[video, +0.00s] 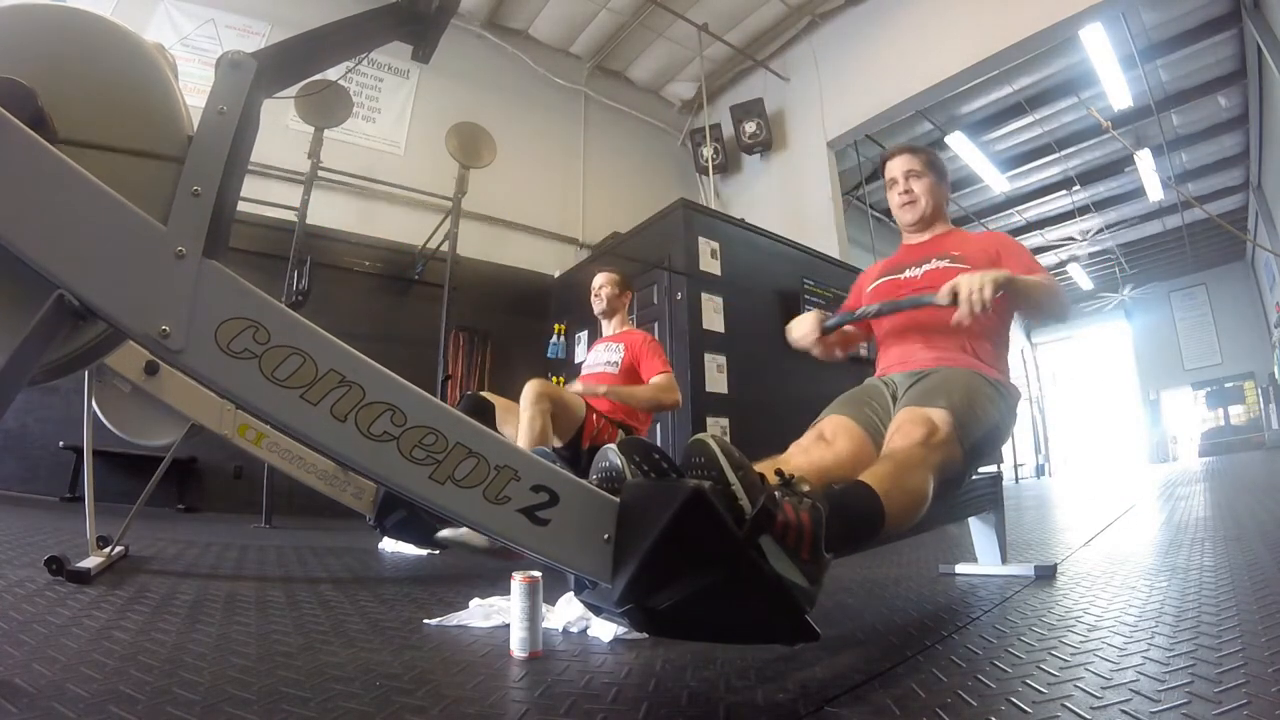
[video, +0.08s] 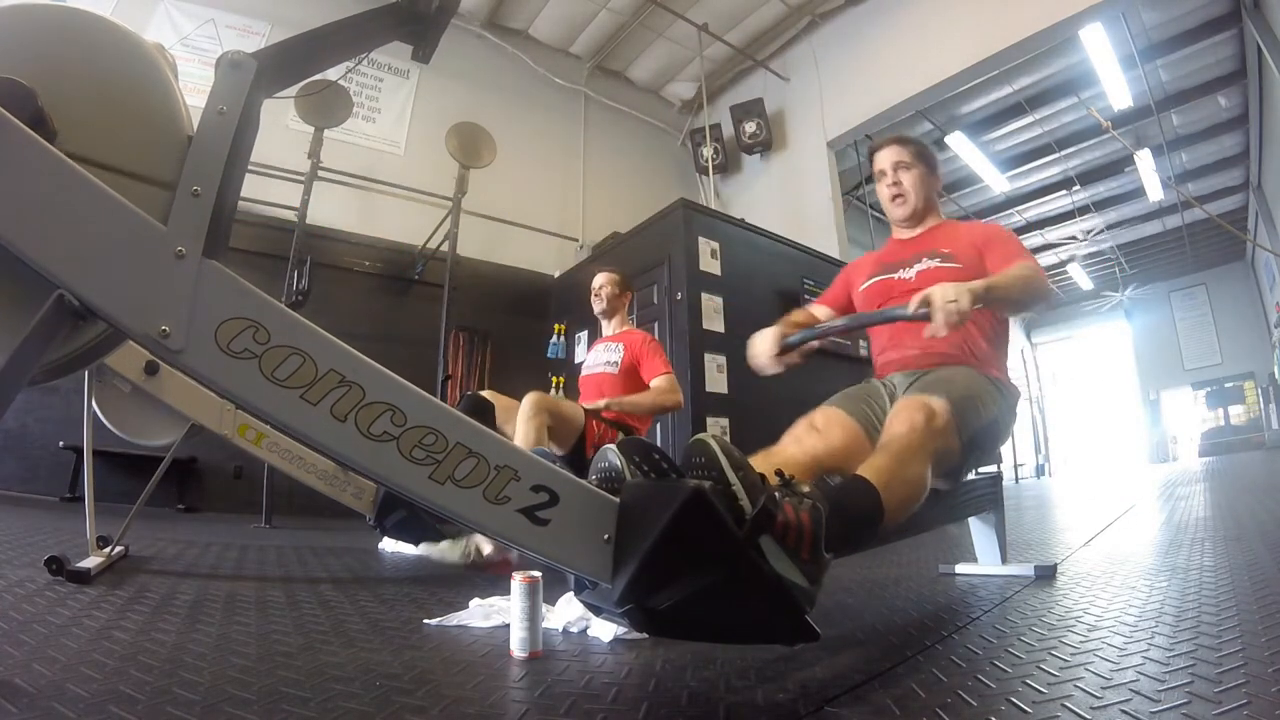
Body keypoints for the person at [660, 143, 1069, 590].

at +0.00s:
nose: (902, 190)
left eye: (913, 178)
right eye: (892, 184)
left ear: (942, 186)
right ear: (888, 200)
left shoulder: (990, 246)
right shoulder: (874, 273)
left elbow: (1054, 303)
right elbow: (843, 345)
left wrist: (1005, 279)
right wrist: (811, 340)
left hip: (963, 374)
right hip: (882, 385)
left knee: (919, 434)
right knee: (823, 441)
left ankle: (820, 526)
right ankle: (697, 490)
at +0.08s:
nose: (891, 182)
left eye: (902, 169)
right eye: (881, 177)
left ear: (935, 178)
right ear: (876, 194)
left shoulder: (980, 235)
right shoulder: (860, 270)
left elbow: (1036, 285)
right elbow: (814, 316)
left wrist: (974, 290)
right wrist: (773, 335)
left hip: (968, 374)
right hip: (885, 385)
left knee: (916, 420)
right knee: (813, 431)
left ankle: (825, 527)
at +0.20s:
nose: (875, 172)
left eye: (887, 158)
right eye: (865, 166)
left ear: (919, 167)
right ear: (860, 184)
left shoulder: (967, 222)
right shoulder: (848, 260)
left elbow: (998, 261)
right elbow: (794, 300)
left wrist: (942, 287)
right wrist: (741, 332)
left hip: (972, 382)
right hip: (882, 392)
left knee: (913, 393)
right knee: (795, 414)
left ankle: (822, 518)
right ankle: (698, 496)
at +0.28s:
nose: (861, 164)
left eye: (874, 150)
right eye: (851, 158)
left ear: (908, 159)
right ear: (846, 176)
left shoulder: (959, 213)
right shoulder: (835, 253)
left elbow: (962, 252)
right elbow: (781, 290)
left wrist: (919, 284)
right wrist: (717, 327)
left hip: (969, 389)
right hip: (878, 394)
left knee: (908, 378)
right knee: (781, 404)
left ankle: (820, 512)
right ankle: (699, 504)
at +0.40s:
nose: (828, 147)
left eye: (842, 132)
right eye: (818, 141)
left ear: (880, 141)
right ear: (814, 159)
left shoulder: (931, 195)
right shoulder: (808, 239)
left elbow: (921, 228)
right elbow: (741, 274)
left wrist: (871, 259)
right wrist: (659, 321)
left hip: (950, 397)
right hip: (855, 398)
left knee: (893, 335)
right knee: (754, 369)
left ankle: (814, 512)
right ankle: (696, 496)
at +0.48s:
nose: (809, 137)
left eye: (824, 122)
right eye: (799, 131)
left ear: (864, 132)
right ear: (795, 150)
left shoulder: (919, 187)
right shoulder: (793, 232)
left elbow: (901, 216)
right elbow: (716, 267)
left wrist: (844, 247)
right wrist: (633, 315)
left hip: (941, 392)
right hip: (839, 396)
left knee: (881, 314)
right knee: (732, 357)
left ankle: (815, 514)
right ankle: (696, 495)